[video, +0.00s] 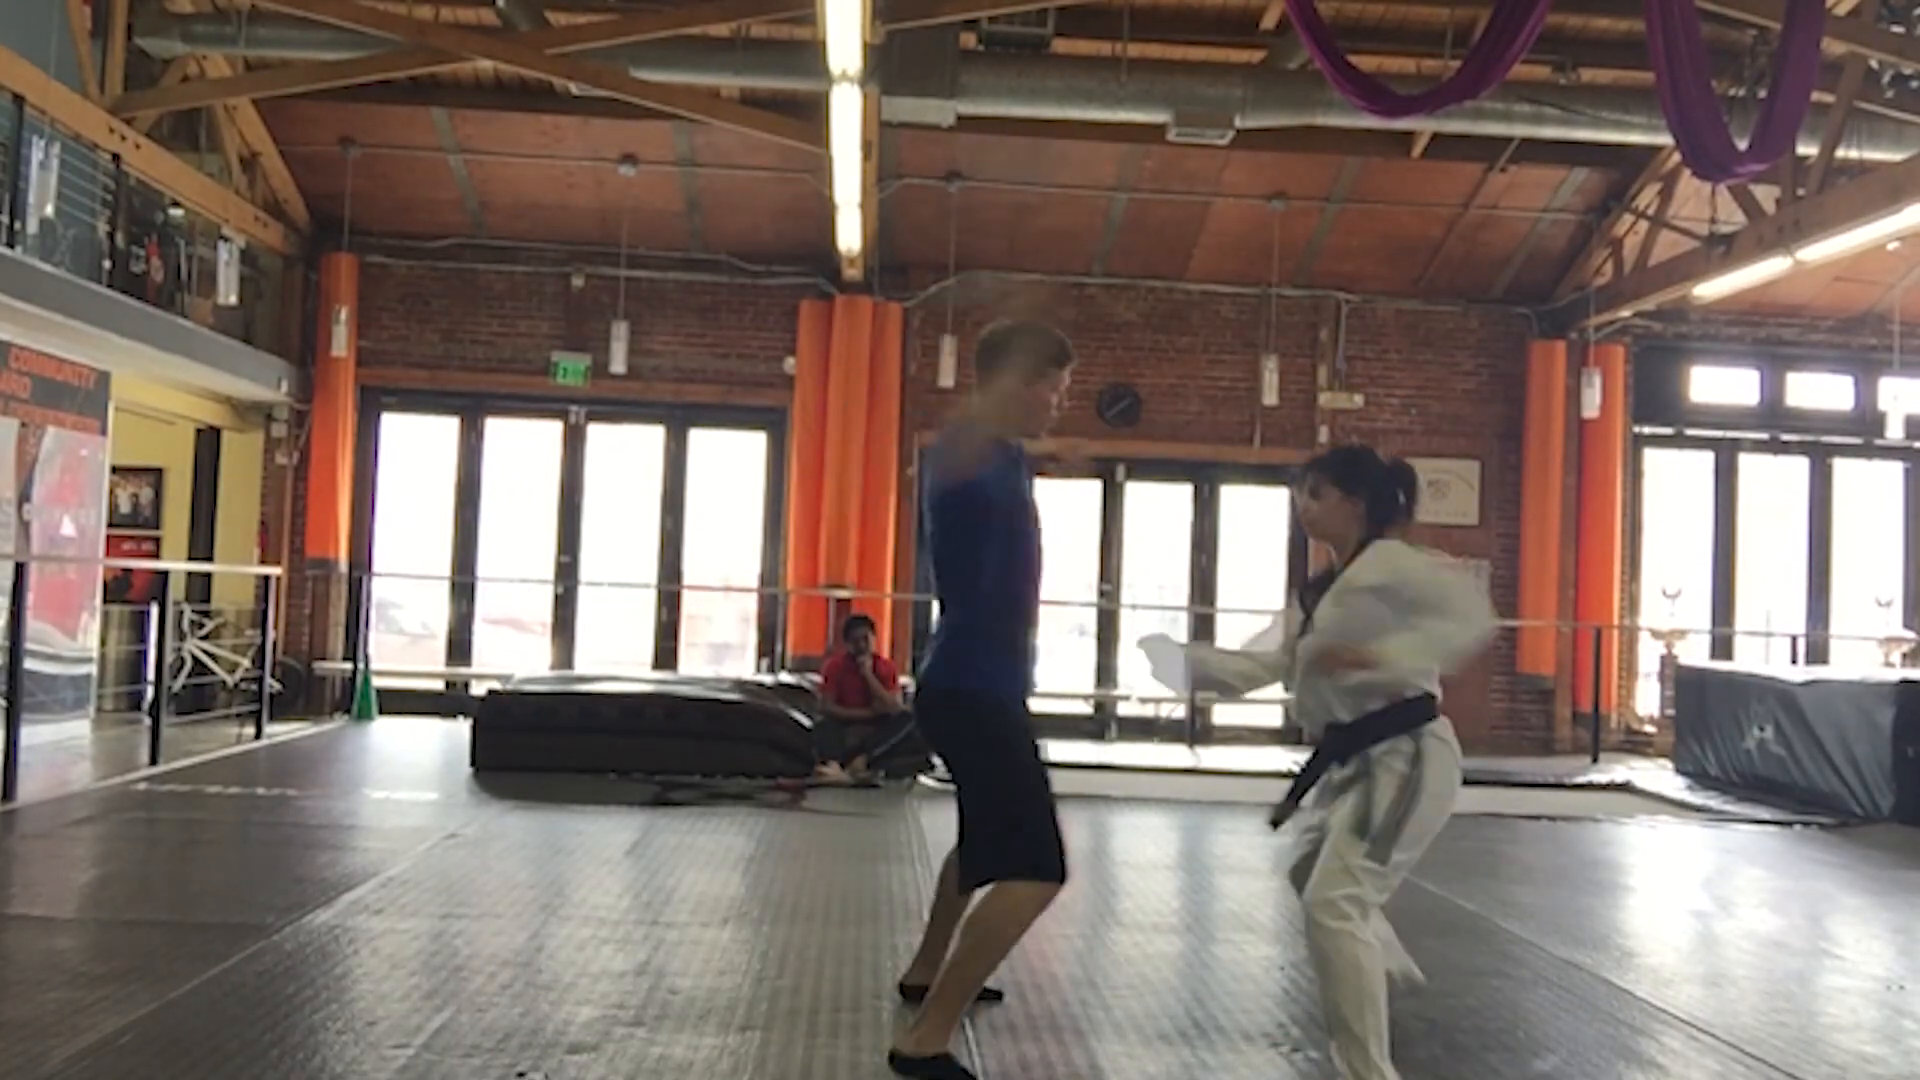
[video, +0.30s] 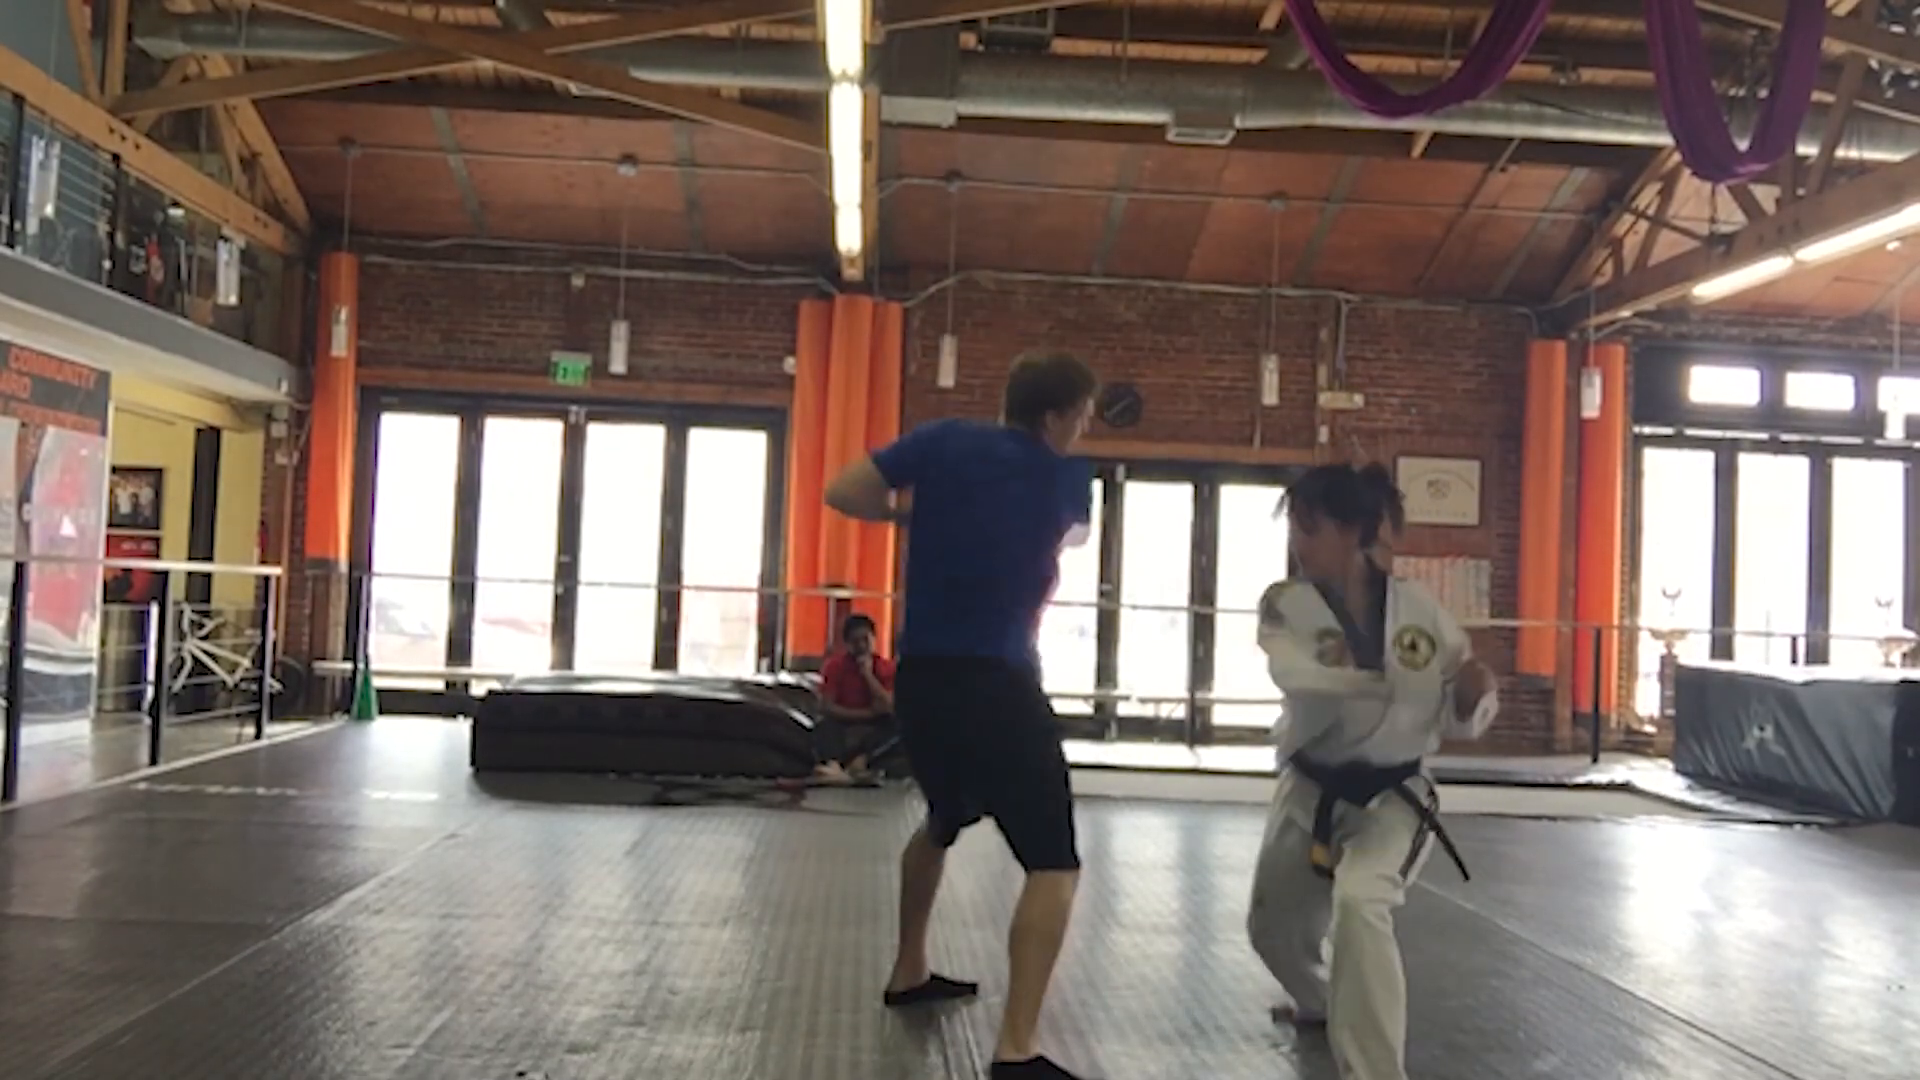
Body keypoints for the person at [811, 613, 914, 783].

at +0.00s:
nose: (861, 645)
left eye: (865, 639)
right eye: (855, 641)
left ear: (873, 639)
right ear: (847, 643)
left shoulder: (885, 667)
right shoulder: (834, 667)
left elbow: (894, 707)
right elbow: (826, 707)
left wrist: (868, 674)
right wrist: (870, 712)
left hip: (876, 721)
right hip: (843, 721)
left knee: (905, 720)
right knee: (823, 727)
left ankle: (864, 761)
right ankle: (833, 765)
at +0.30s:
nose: (861, 646)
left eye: (865, 639)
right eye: (855, 641)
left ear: (873, 639)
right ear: (846, 643)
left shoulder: (885, 666)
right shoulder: (834, 666)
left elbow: (888, 706)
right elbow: (827, 706)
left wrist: (868, 675)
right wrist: (869, 712)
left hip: (874, 721)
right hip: (842, 721)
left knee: (897, 727)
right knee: (824, 727)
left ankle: (862, 762)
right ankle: (832, 765)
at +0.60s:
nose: (861, 644)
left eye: (865, 638)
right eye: (856, 639)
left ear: (872, 638)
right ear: (847, 641)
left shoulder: (879, 665)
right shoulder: (834, 665)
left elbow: (886, 702)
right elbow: (827, 706)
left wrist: (868, 674)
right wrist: (868, 712)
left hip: (870, 719)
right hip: (841, 720)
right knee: (824, 726)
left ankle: (862, 762)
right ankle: (831, 765)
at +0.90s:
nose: (861, 646)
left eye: (865, 640)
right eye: (855, 642)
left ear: (873, 640)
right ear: (847, 644)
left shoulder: (879, 665)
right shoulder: (835, 666)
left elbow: (886, 702)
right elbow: (826, 707)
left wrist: (868, 675)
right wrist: (867, 714)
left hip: (870, 721)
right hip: (841, 721)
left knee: (889, 723)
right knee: (824, 725)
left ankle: (862, 762)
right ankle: (832, 764)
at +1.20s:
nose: (861, 645)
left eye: (865, 638)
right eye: (855, 640)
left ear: (873, 638)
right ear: (846, 641)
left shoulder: (885, 666)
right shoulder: (834, 665)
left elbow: (891, 703)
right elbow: (827, 706)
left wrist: (868, 674)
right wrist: (870, 711)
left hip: (874, 722)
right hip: (843, 722)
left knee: (896, 722)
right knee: (826, 723)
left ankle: (862, 760)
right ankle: (832, 763)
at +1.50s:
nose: (861, 647)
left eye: (865, 640)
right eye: (855, 642)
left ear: (873, 639)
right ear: (846, 643)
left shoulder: (884, 667)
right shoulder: (834, 666)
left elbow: (891, 705)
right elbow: (827, 708)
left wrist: (868, 677)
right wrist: (870, 713)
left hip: (874, 721)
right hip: (842, 721)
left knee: (897, 725)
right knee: (826, 725)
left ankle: (861, 763)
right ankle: (832, 765)